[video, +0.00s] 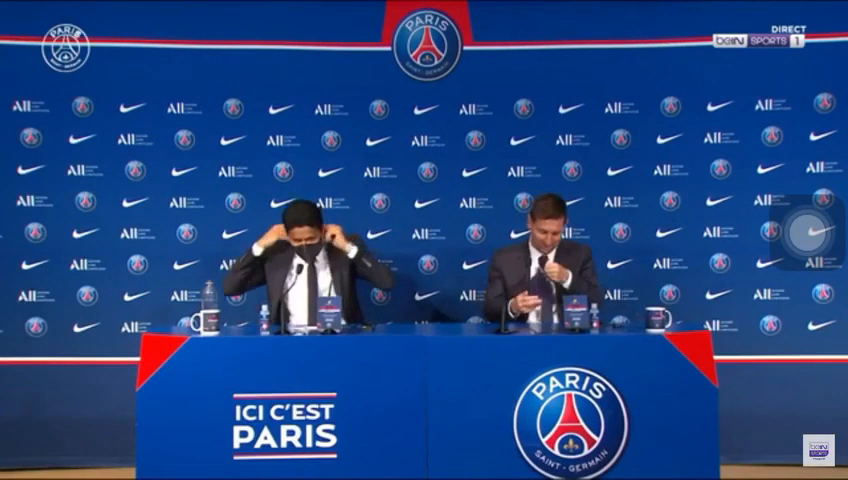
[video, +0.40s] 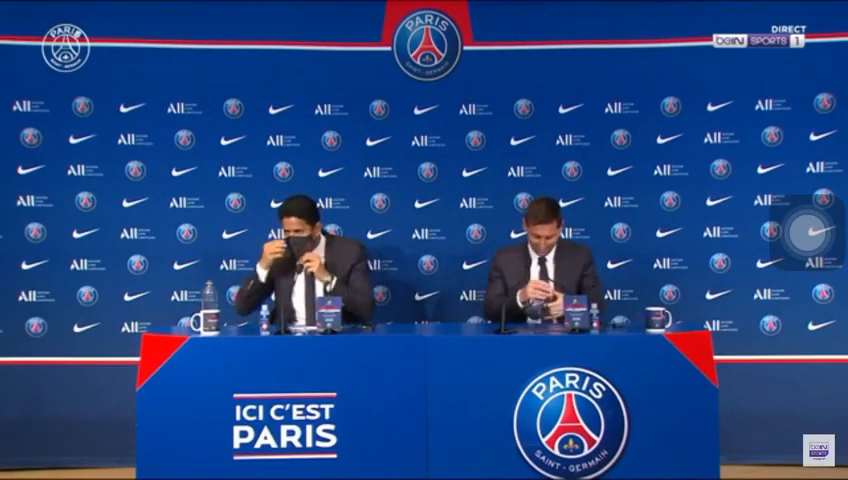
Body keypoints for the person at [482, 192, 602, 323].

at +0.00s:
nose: (548, 240)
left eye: (555, 234)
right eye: (543, 232)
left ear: (564, 226)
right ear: (530, 223)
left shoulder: (579, 254)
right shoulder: (504, 258)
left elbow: (595, 297)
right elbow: (490, 307)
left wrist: (567, 278)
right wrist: (511, 307)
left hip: (568, 340)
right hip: (520, 341)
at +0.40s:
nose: (542, 245)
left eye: (549, 237)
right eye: (536, 237)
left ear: (559, 228)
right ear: (525, 226)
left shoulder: (580, 255)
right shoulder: (504, 258)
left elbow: (596, 305)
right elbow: (491, 309)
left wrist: (569, 304)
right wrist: (520, 297)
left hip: (568, 342)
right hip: (519, 343)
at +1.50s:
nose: (535, 229)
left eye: (542, 222)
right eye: (529, 221)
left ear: (555, 223)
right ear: (520, 223)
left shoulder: (578, 256)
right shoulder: (503, 259)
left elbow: (598, 304)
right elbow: (489, 314)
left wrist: (573, 279)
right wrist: (508, 283)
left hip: (566, 341)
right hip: (518, 342)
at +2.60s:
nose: (536, 232)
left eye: (543, 225)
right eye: (530, 225)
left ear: (555, 224)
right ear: (519, 225)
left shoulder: (573, 251)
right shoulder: (506, 252)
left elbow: (600, 300)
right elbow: (485, 305)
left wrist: (577, 255)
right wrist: (504, 261)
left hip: (565, 340)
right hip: (519, 340)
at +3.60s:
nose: (532, 231)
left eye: (538, 224)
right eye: (525, 224)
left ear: (550, 225)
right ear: (515, 225)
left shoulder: (573, 253)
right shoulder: (501, 256)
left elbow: (587, 298)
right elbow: (480, 310)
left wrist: (559, 265)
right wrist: (502, 276)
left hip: (560, 342)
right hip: (514, 343)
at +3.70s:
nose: (532, 231)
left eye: (538, 225)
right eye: (525, 225)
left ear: (549, 225)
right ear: (514, 225)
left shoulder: (569, 253)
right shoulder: (498, 260)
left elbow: (583, 295)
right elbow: (479, 313)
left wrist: (554, 269)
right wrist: (501, 290)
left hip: (557, 341)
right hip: (512, 342)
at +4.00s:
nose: (528, 236)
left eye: (534, 229)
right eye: (521, 229)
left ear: (541, 225)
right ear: (506, 228)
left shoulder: (562, 250)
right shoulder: (487, 262)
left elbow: (593, 291)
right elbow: (474, 306)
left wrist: (569, 289)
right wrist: (501, 312)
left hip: (556, 340)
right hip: (505, 344)